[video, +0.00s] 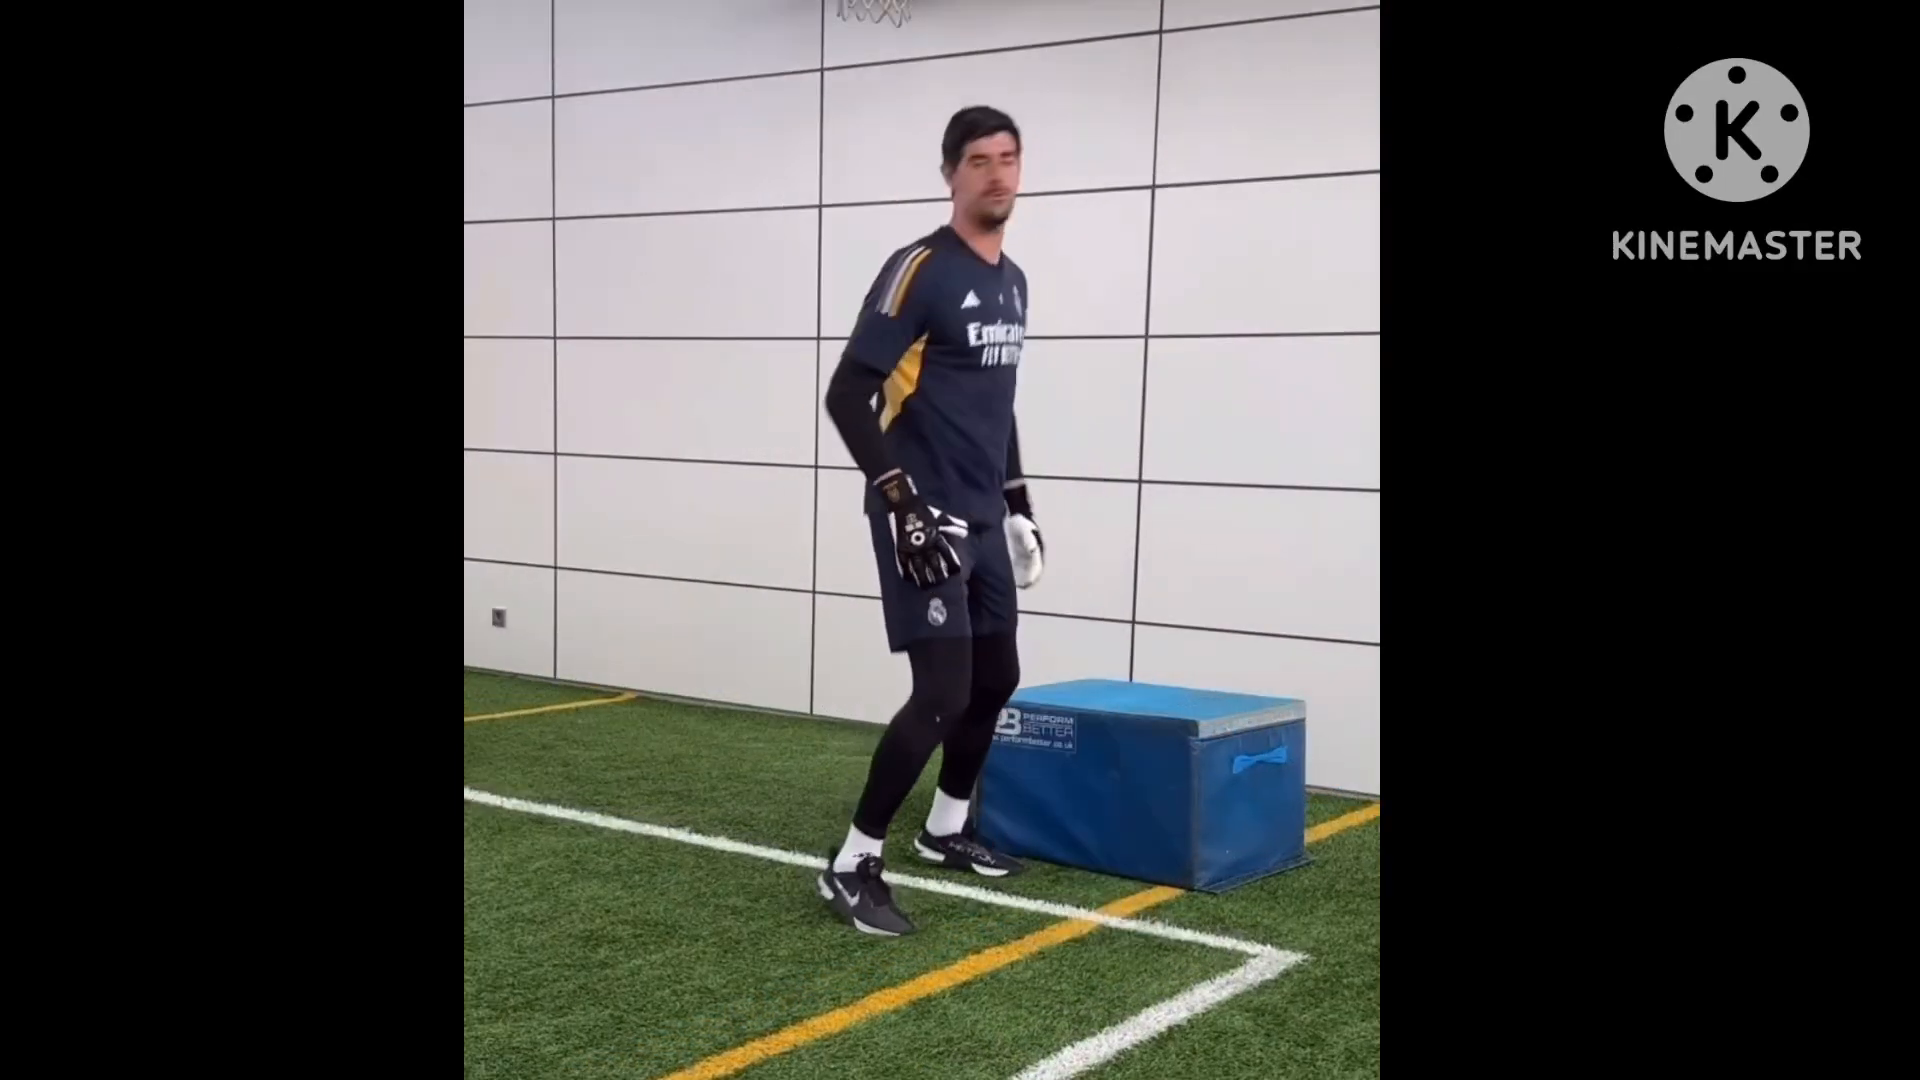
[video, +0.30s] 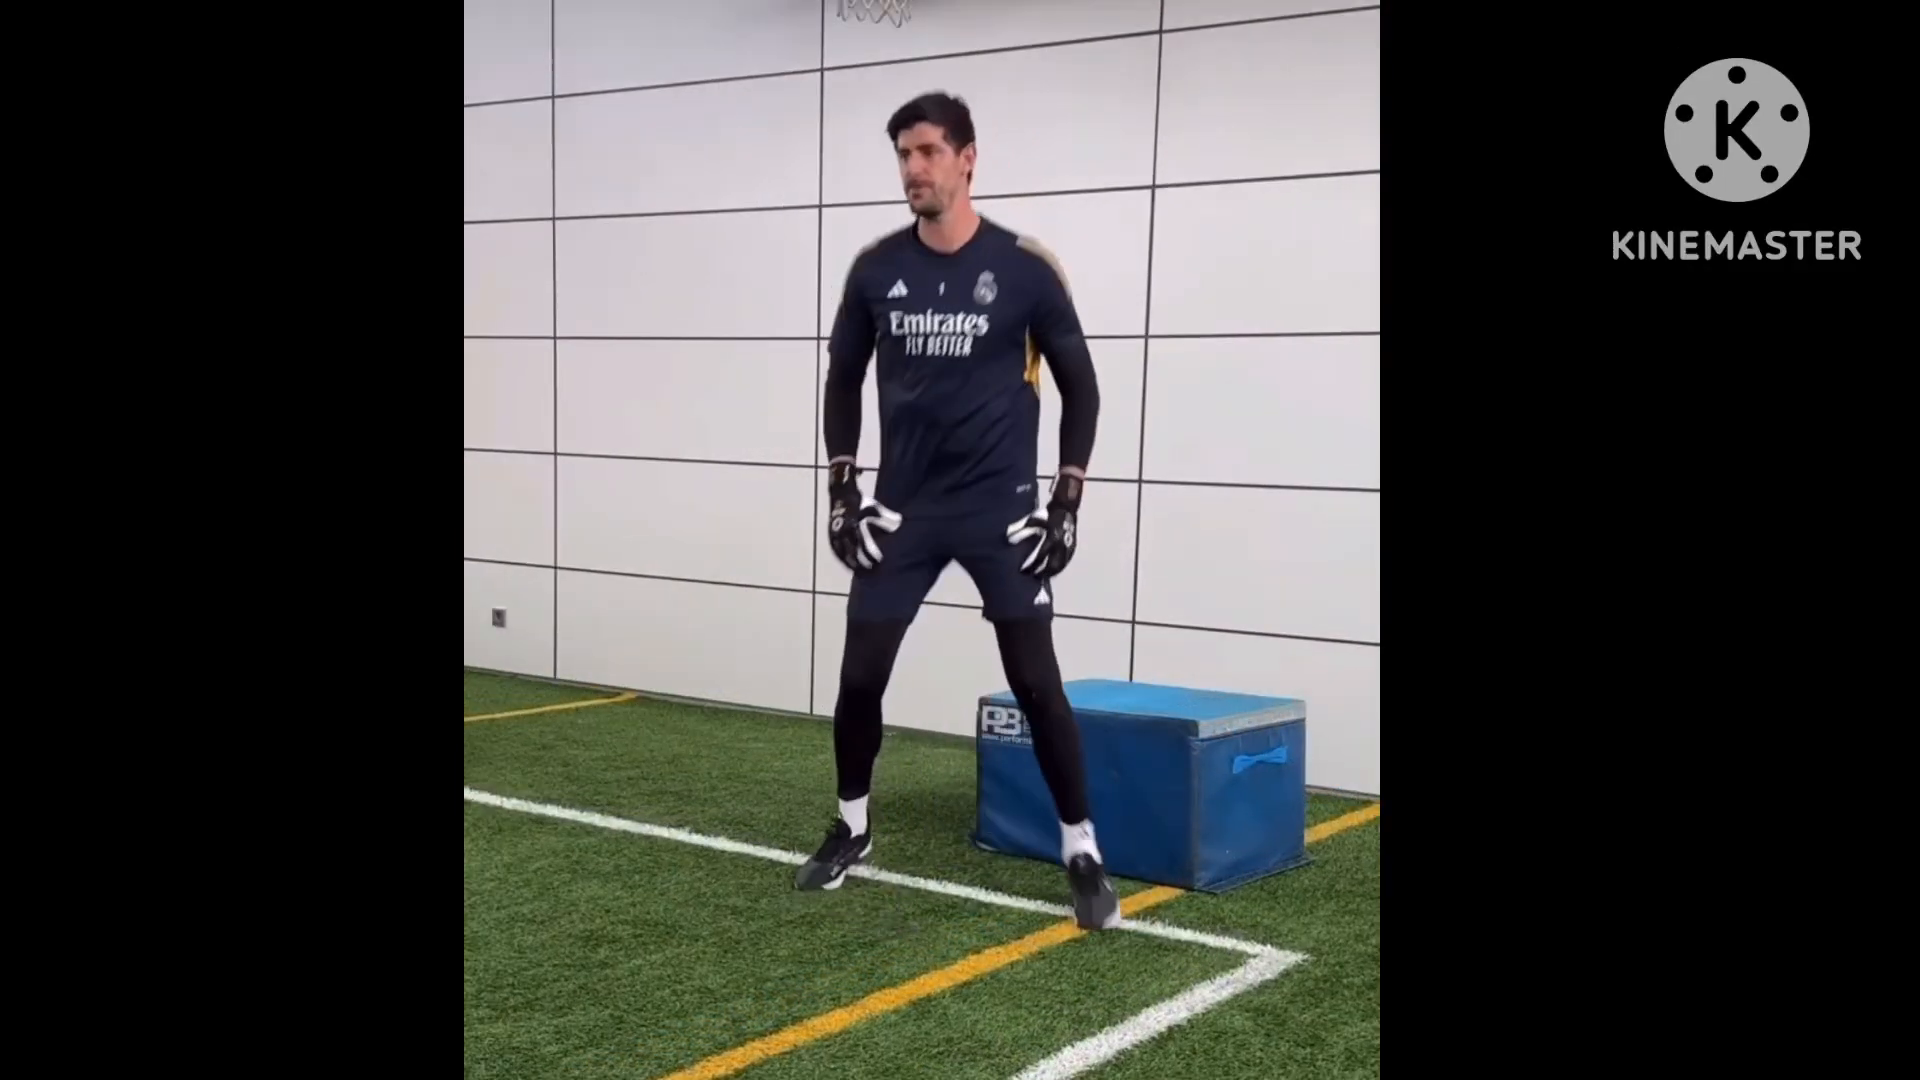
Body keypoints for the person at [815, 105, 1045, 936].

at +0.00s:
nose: (997, 174)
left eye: (1008, 160)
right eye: (979, 162)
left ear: (1022, 172)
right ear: (950, 176)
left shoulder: (1011, 282)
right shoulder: (918, 269)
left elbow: (995, 404)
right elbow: (848, 396)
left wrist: (1016, 505)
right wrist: (907, 504)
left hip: (984, 515)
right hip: (922, 514)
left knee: (995, 679)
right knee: (942, 692)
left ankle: (948, 830)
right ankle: (853, 863)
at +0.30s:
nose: (915, 168)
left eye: (929, 152)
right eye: (906, 154)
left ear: (968, 160)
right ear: (897, 168)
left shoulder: (1025, 270)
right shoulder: (874, 271)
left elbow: (1078, 385)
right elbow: (843, 379)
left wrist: (1067, 502)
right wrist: (843, 486)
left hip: (1001, 504)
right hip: (902, 507)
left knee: (1036, 682)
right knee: (859, 678)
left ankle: (1081, 852)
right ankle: (851, 828)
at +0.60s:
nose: (907, 189)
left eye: (922, 173)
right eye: (899, 175)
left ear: (961, 179)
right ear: (893, 187)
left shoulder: (1012, 276)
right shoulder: (888, 287)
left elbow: (1083, 393)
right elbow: (855, 384)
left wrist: (1008, 449)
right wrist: (821, 436)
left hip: (1000, 519)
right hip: (914, 519)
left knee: (1039, 700)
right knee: (856, 678)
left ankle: (1100, 862)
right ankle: (856, 838)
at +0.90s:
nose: (843, 205)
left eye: (848, 191)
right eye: (846, 191)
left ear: (870, 190)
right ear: (905, 192)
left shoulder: (852, 267)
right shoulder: (943, 276)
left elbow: (837, 381)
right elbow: (972, 411)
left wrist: (792, 436)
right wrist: (924, 452)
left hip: (876, 493)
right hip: (937, 495)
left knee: (846, 655)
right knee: (907, 658)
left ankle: (852, 835)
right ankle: (957, 822)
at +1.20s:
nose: (837, 213)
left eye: (847, 201)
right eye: (840, 201)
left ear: (882, 209)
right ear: (899, 213)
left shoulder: (873, 284)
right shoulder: (944, 294)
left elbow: (876, 406)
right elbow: (961, 421)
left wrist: (828, 500)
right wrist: (876, 492)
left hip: (895, 514)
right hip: (955, 519)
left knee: (811, 688)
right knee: (912, 674)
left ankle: (816, 884)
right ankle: (974, 848)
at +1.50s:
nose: (869, 203)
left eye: (884, 189)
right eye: (863, 190)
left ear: (925, 198)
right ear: (862, 202)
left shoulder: (969, 287)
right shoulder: (867, 305)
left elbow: (1038, 411)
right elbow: (880, 413)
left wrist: (986, 510)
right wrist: (859, 503)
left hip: (965, 519)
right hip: (898, 522)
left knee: (957, 686)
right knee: (855, 686)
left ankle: (1040, 867)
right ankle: (899, 852)